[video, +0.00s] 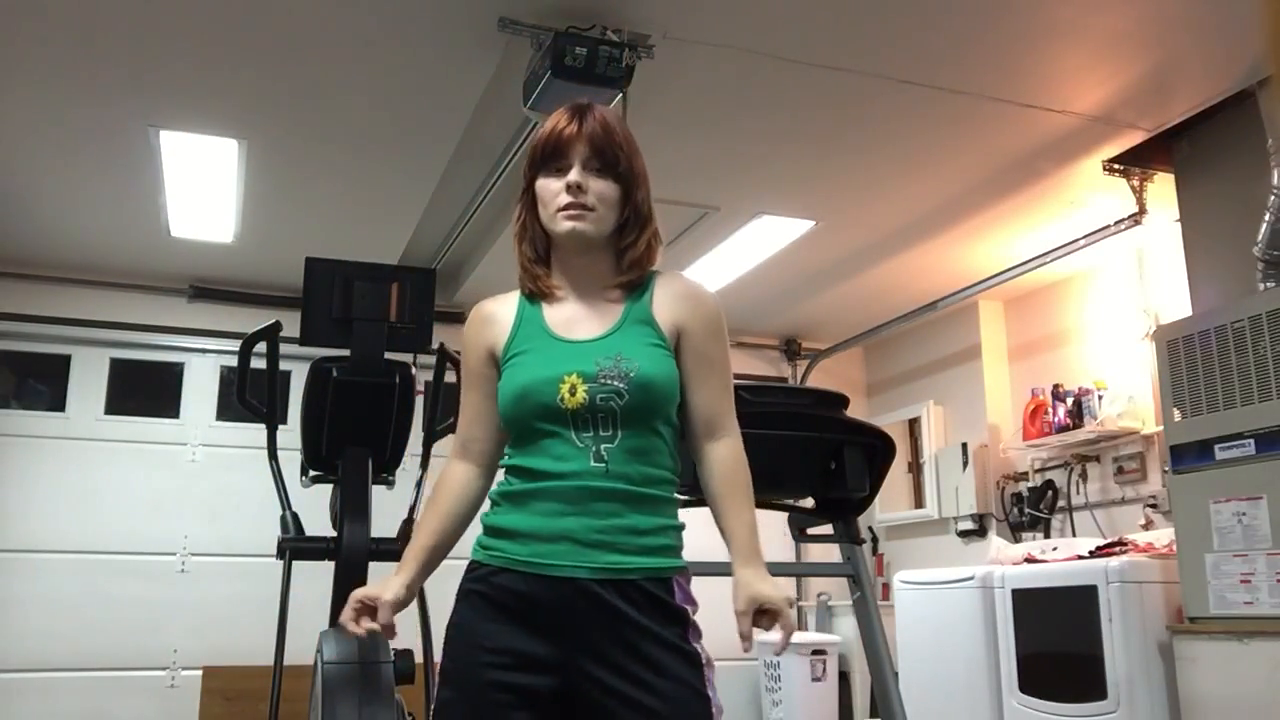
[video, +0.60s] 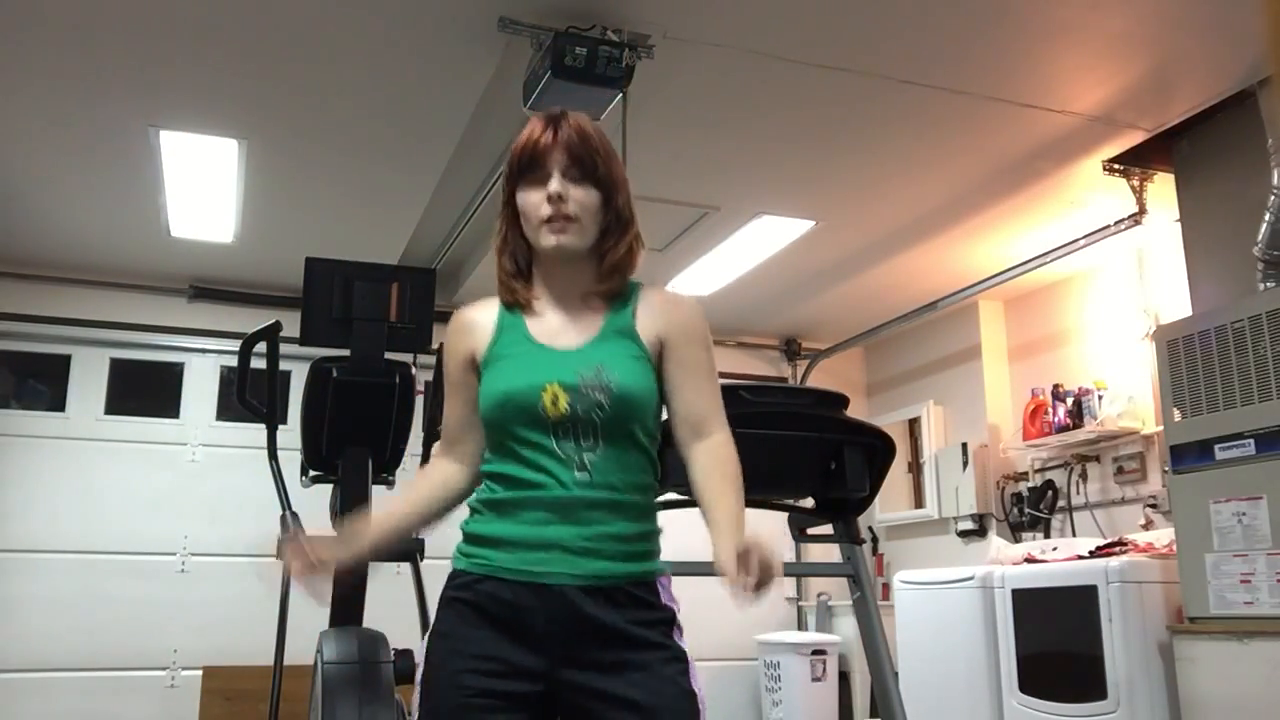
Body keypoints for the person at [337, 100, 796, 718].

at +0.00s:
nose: (575, 181)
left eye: (598, 168)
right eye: (556, 167)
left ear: (628, 195)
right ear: (533, 194)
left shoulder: (681, 305)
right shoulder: (493, 320)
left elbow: (716, 439)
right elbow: (470, 460)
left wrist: (749, 566)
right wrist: (404, 577)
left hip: (641, 609)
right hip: (504, 605)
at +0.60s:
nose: (556, 195)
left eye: (577, 178)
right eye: (536, 180)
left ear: (608, 199)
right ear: (515, 202)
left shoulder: (667, 317)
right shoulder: (476, 326)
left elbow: (705, 435)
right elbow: (454, 459)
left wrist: (730, 539)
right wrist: (349, 543)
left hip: (624, 622)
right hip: (488, 617)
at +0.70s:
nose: (562, 216)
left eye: (583, 200)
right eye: (542, 202)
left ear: (615, 221)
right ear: (519, 228)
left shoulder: (671, 322)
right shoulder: (488, 344)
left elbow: (717, 420)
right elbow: (425, 465)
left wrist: (739, 474)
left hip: (631, 629)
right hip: (498, 618)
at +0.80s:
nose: (578, 194)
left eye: (601, 177)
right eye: (558, 178)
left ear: (631, 198)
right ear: (537, 201)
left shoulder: (679, 293)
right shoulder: (504, 310)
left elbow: (741, 388)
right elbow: (407, 404)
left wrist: (752, 443)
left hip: (648, 607)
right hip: (517, 601)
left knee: (696, 708)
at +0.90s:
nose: (603, 176)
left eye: (627, 159)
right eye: (584, 160)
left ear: (656, 179)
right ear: (561, 180)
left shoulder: (692, 268)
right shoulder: (529, 282)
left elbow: (751, 365)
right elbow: (436, 339)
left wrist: (775, 471)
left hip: (669, 570)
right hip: (545, 572)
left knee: (710, 710)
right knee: (517, 708)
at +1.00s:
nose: (626, 192)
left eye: (650, 177)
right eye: (610, 173)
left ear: (679, 199)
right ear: (584, 190)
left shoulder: (716, 292)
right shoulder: (556, 299)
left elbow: (768, 412)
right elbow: (487, 322)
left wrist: (799, 542)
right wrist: (530, 206)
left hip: (698, 591)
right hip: (582, 595)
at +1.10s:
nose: (651, 223)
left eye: (673, 207)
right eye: (634, 204)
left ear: (703, 226)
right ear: (611, 221)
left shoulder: (740, 323)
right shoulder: (593, 333)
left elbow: (789, 461)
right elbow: (545, 342)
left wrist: (827, 597)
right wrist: (588, 246)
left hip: (741, 617)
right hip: (624, 629)